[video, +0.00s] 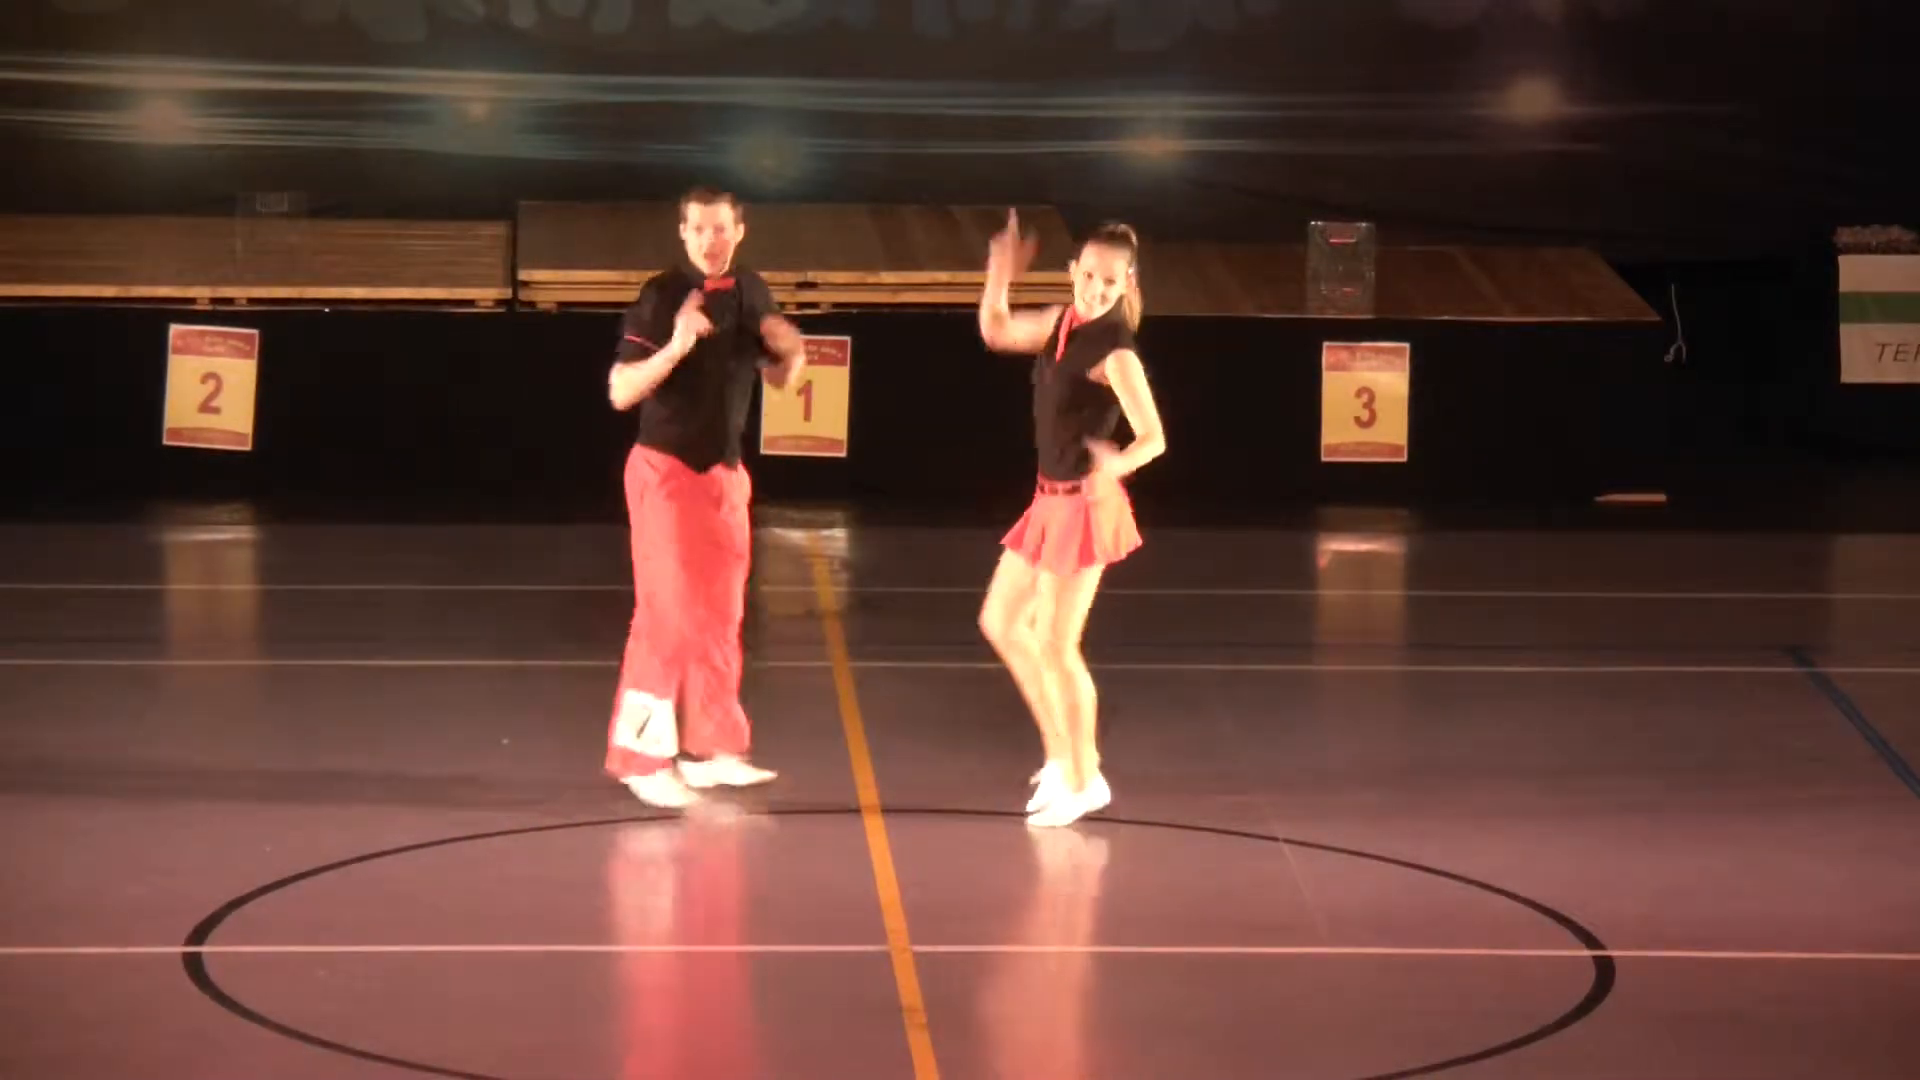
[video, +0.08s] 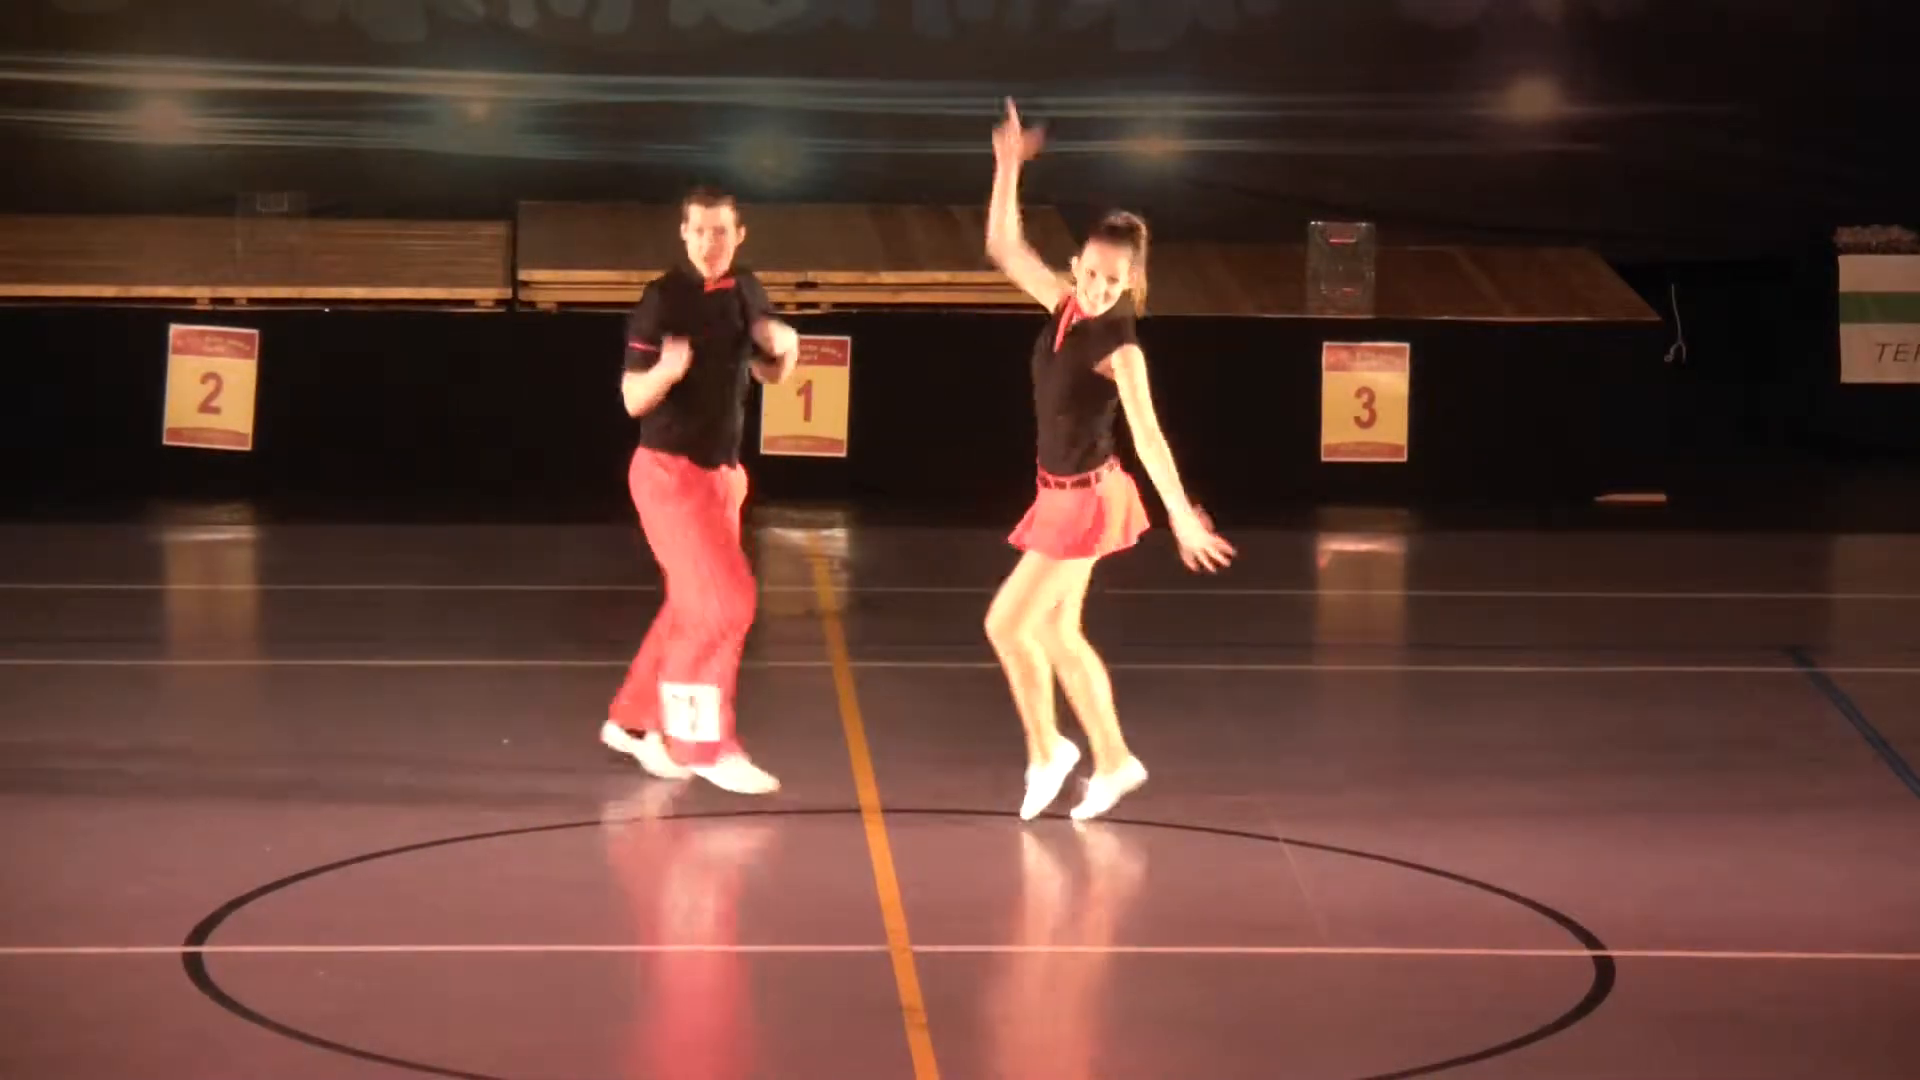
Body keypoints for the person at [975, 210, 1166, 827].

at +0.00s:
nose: (1095, 290)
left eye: (1110, 281)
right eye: (1089, 274)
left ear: (1125, 287)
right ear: (1073, 270)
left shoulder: (1116, 350)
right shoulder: (1057, 324)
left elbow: (1153, 437)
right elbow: (996, 331)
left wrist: (1113, 470)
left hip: (1088, 506)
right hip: (1047, 502)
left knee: (1056, 642)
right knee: (1000, 623)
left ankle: (1085, 778)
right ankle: (1060, 760)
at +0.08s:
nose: (1097, 287)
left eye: (1111, 279)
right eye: (1090, 271)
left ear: (1133, 278)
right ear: (1077, 257)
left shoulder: (1118, 340)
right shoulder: (1062, 299)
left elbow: (1150, 438)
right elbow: (1005, 246)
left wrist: (1183, 517)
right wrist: (1008, 168)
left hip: (1091, 498)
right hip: (1062, 493)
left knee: (1006, 624)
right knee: (1061, 636)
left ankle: (1046, 753)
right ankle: (1116, 761)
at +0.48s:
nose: (1091, 262)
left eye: (1102, 252)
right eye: (1094, 250)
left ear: (1137, 264)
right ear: (1113, 260)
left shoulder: (1147, 332)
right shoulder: (1100, 304)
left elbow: (1173, 432)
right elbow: (1028, 299)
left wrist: (1139, 456)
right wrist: (964, 266)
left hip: (1102, 486)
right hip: (1062, 478)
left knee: (1066, 630)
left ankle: (1062, 770)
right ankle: (1084, 717)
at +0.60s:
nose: (1089, 276)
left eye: (1102, 268)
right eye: (1093, 266)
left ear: (1137, 282)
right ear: (1119, 279)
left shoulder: (1141, 357)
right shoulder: (1102, 333)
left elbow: (1140, 464)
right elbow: (1027, 351)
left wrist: (1121, 539)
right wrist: (945, 338)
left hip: (1124, 512)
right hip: (1088, 494)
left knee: (1115, 653)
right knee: (968, 474)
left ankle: (1165, 785)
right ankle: (895, 596)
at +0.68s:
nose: (1087, 287)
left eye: (1098, 280)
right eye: (1091, 277)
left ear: (1132, 298)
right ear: (1123, 294)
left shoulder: (1136, 371)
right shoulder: (1101, 344)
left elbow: (1148, 464)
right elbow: (1023, 363)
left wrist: (1134, 534)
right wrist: (939, 351)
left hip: (1130, 525)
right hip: (1089, 508)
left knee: (1137, 661)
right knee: (974, 503)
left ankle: (1171, 793)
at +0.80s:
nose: (1106, 269)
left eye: (1121, 261)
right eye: (1104, 257)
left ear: (1152, 271)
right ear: (1098, 259)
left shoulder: (1153, 341)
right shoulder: (1094, 315)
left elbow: (1187, 434)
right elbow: (1013, 335)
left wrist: (1164, 484)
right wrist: (924, 324)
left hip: (1140, 492)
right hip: (1096, 484)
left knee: (1055, 610)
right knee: (998, 540)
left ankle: (1129, 723)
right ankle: (1042, 679)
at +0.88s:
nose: (1109, 273)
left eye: (1125, 267)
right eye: (1106, 260)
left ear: (1155, 275)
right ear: (1099, 260)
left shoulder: (1155, 343)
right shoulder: (1086, 319)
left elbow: (1197, 426)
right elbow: (1003, 328)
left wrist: (1199, 474)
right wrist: (917, 308)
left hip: (1139, 500)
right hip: (1100, 497)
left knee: (1009, 571)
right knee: (1098, 638)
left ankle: (1072, 678)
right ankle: (1137, 771)